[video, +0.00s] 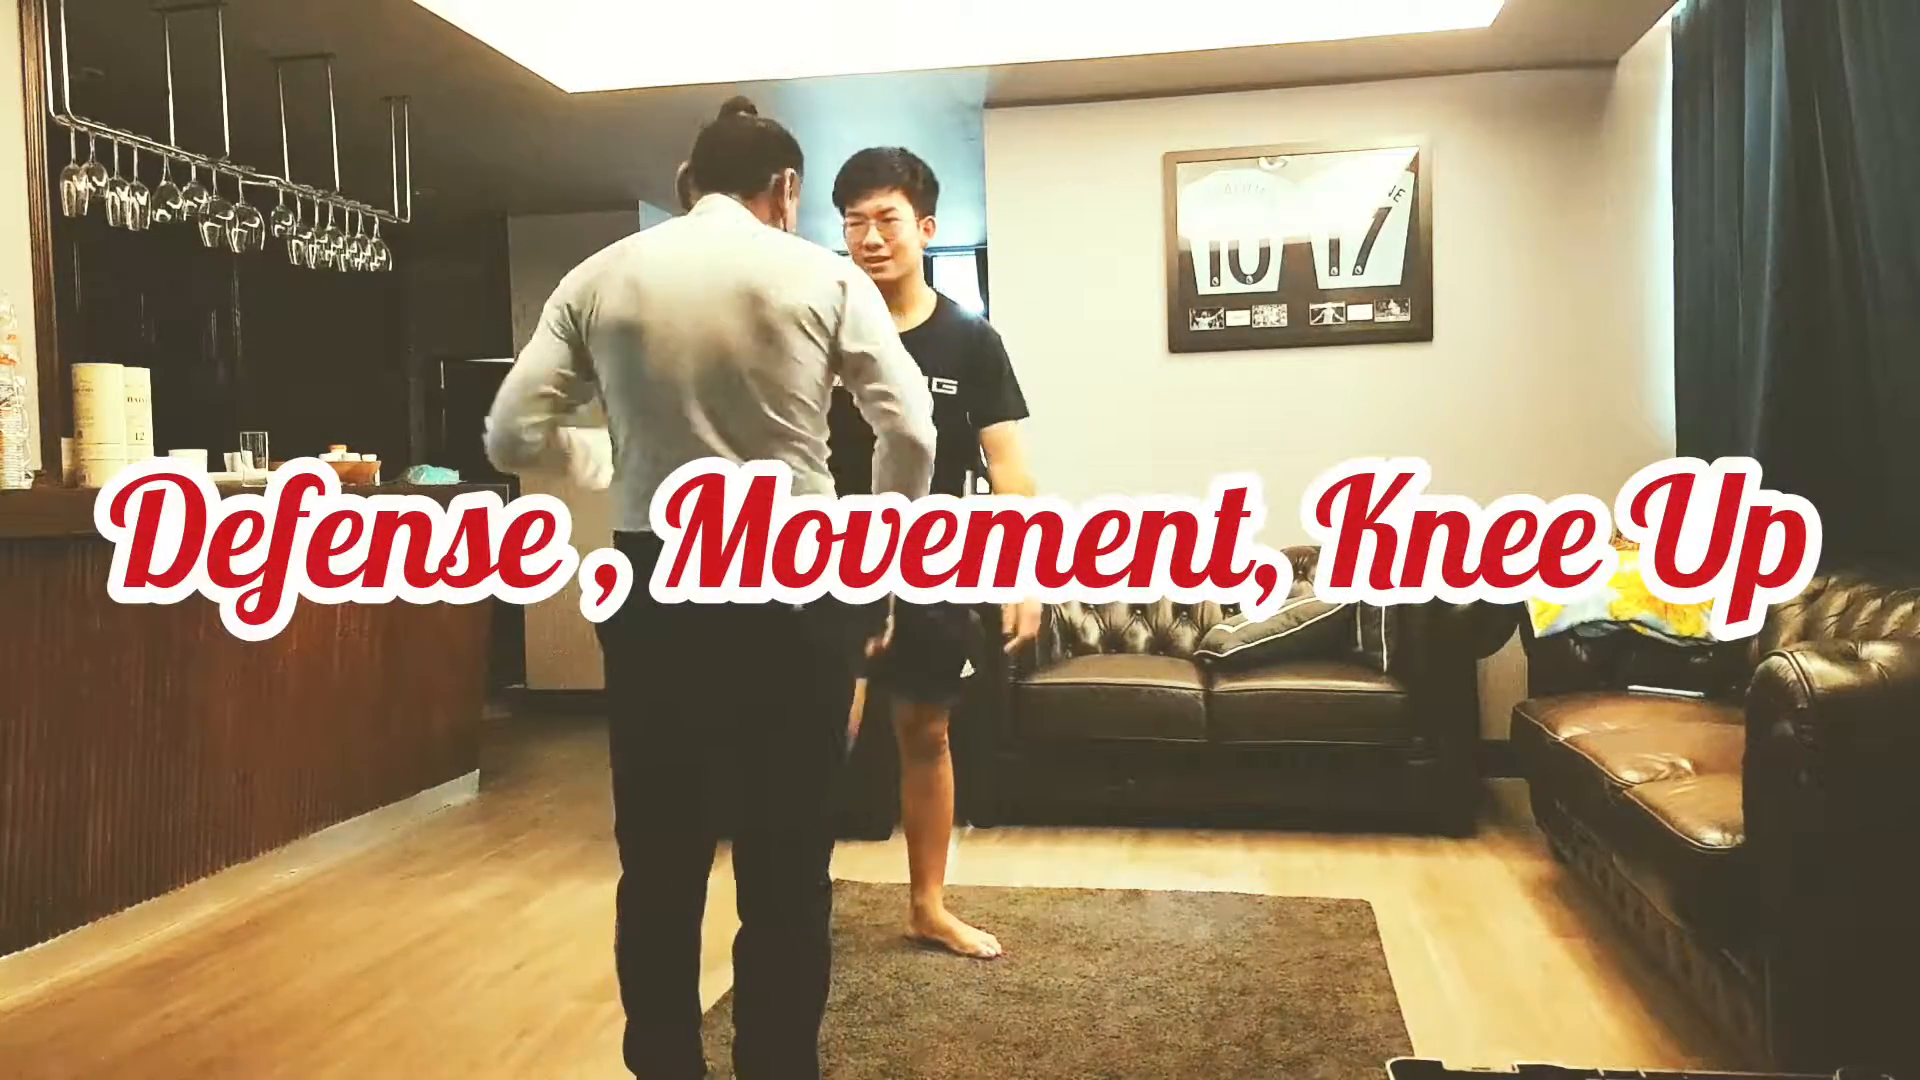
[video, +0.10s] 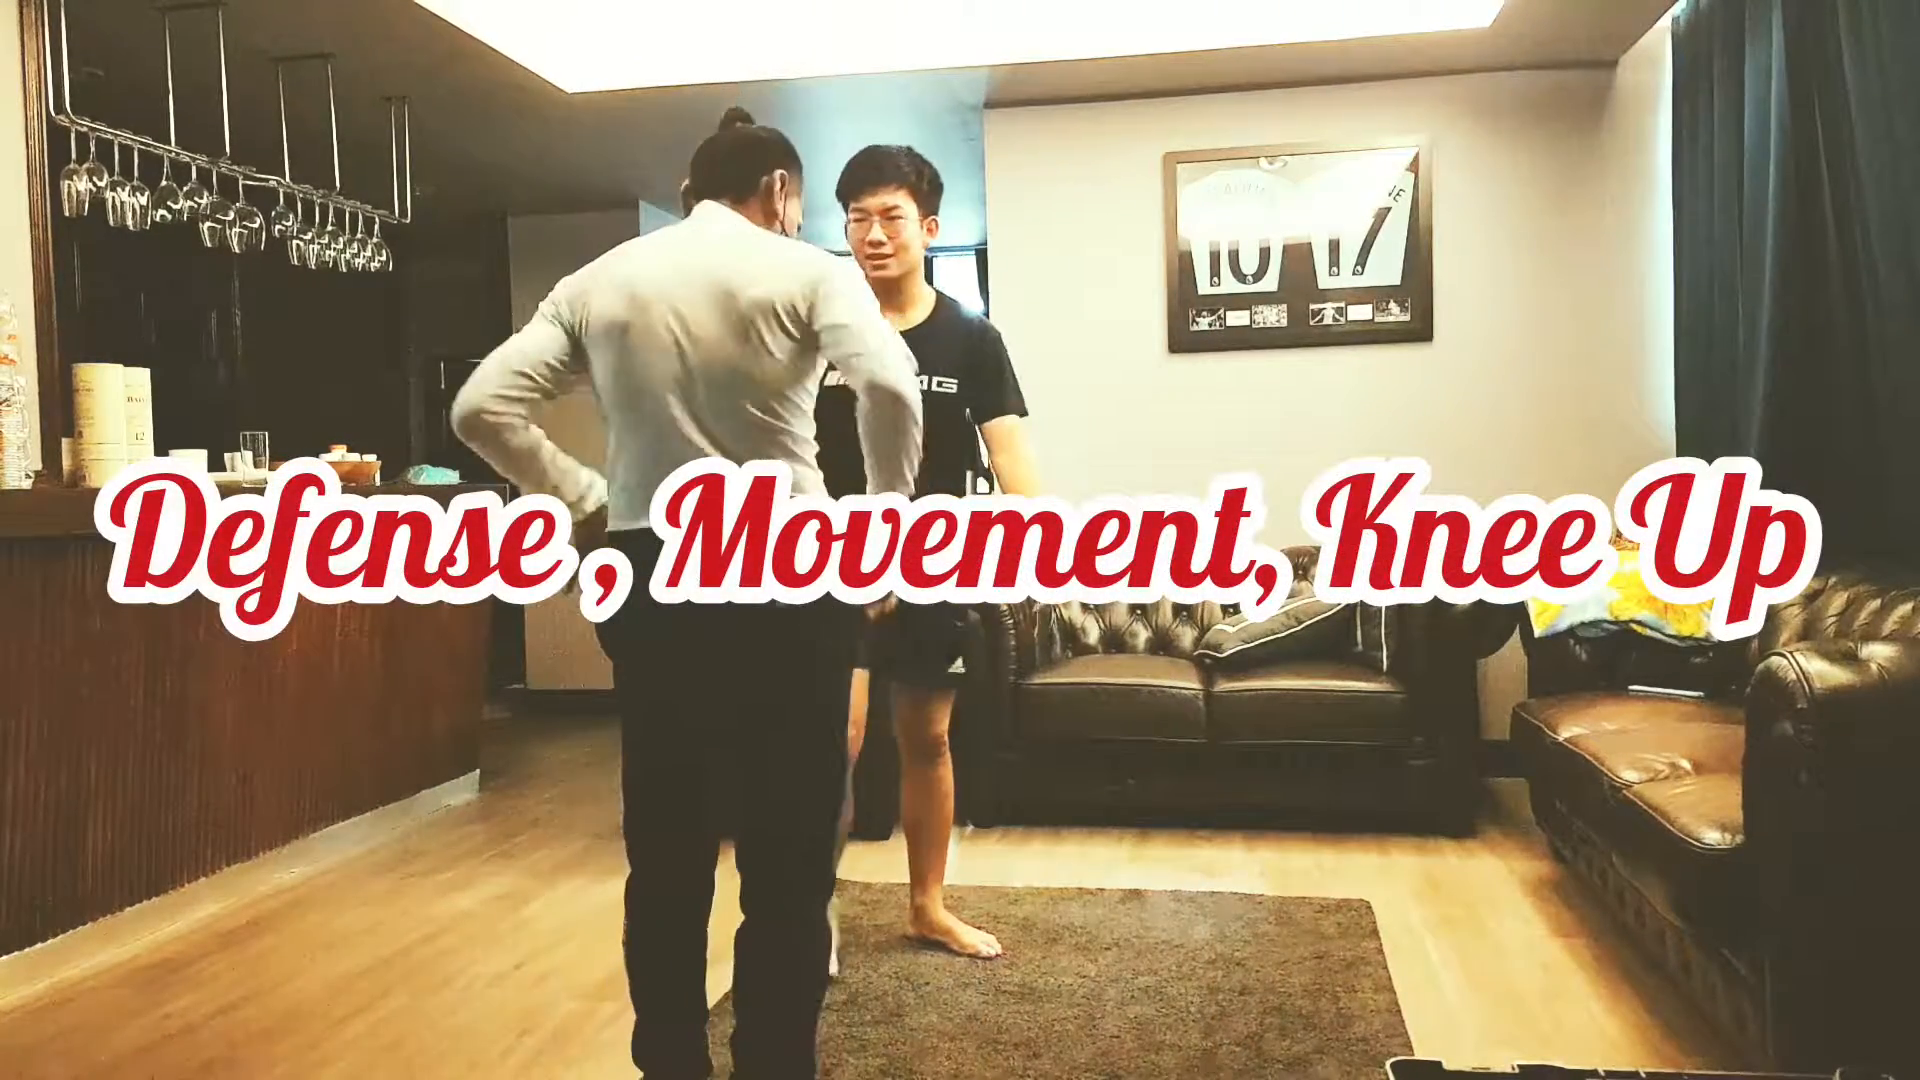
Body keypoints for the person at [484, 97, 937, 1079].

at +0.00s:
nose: (806, 213)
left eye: (802, 201)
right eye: (804, 199)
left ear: (684, 191)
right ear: (781, 190)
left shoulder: (598, 278)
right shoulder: (823, 276)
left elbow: (514, 432)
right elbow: (910, 425)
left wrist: (622, 456)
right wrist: (885, 570)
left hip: (653, 609)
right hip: (796, 609)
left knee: (657, 864)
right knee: (786, 873)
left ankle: (664, 1065)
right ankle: (778, 1064)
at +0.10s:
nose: (800, 223)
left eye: (796, 209)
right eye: (800, 207)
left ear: (693, 197)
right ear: (776, 195)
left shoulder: (601, 279)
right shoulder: (807, 269)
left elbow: (485, 405)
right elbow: (890, 383)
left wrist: (589, 495)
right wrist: (888, 530)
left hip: (650, 601)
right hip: (790, 600)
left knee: (665, 854)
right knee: (790, 861)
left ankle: (669, 1061)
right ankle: (778, 1062)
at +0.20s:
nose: (796, 221)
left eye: (794, 210)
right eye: (795, 208)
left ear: (688, 201)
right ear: (770, 196)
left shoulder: (600, 282)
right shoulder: (788, 258)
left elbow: (460, 382)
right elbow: (853, 328)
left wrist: (569, 492)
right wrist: (873, 476)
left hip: (643, 598)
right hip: (777, 596)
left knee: (662, 858)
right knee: (823, 855)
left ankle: (672, 1064)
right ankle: (777, 1064)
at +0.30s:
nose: (796, 222)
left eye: (791, 208)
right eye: (793, 209)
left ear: (687, 205)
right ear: (766, 201)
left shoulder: (602, 285)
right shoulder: (785, 248)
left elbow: (459, 372)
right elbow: (819, 293)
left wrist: (565, 492)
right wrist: (843, 453)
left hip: (634, 583)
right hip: (762, 586)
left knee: (660, 861)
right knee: (863, 824)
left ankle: (671, 1064)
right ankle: (761, 1060)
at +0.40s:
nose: (795, 216)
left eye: (786, 200)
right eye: (787, 201)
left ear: (682, 201)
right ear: (758, 194)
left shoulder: (600, 281)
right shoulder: (775, 237)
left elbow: (457, 368)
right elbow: (806, 282)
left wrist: (560, 494)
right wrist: (818, 455)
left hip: (632, 574)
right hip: (757, 572)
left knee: (662, 844)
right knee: (859, 824)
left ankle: (670, 1062)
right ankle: (767, 1050)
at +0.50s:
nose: (788, 199)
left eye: (783, 185)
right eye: (783, 185)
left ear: (678, 191)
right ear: (757, 181)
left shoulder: (594, 279)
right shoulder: (780, 236)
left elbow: (458, 364)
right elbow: (798, 273)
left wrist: (558, 504)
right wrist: (815, 464)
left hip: (639, 593)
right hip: (768, 589)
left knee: (661, 855)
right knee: (836, 848)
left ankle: (669, 1064)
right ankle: (783, 1066)